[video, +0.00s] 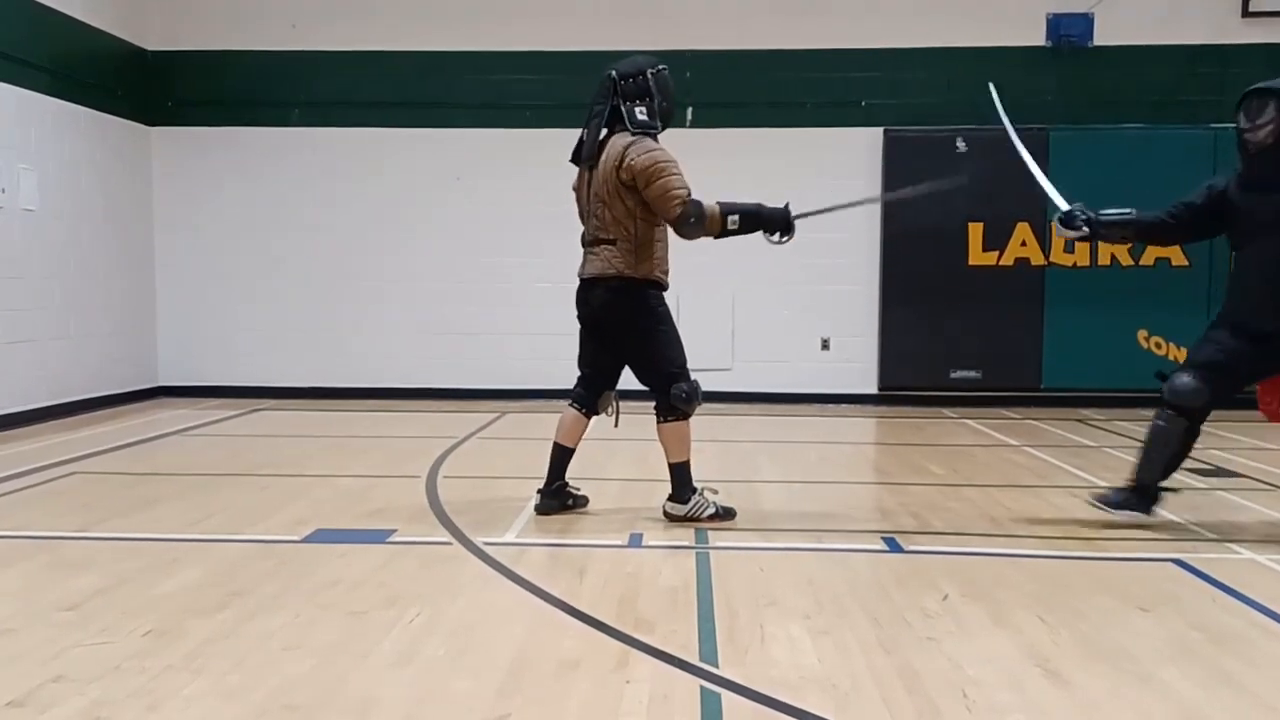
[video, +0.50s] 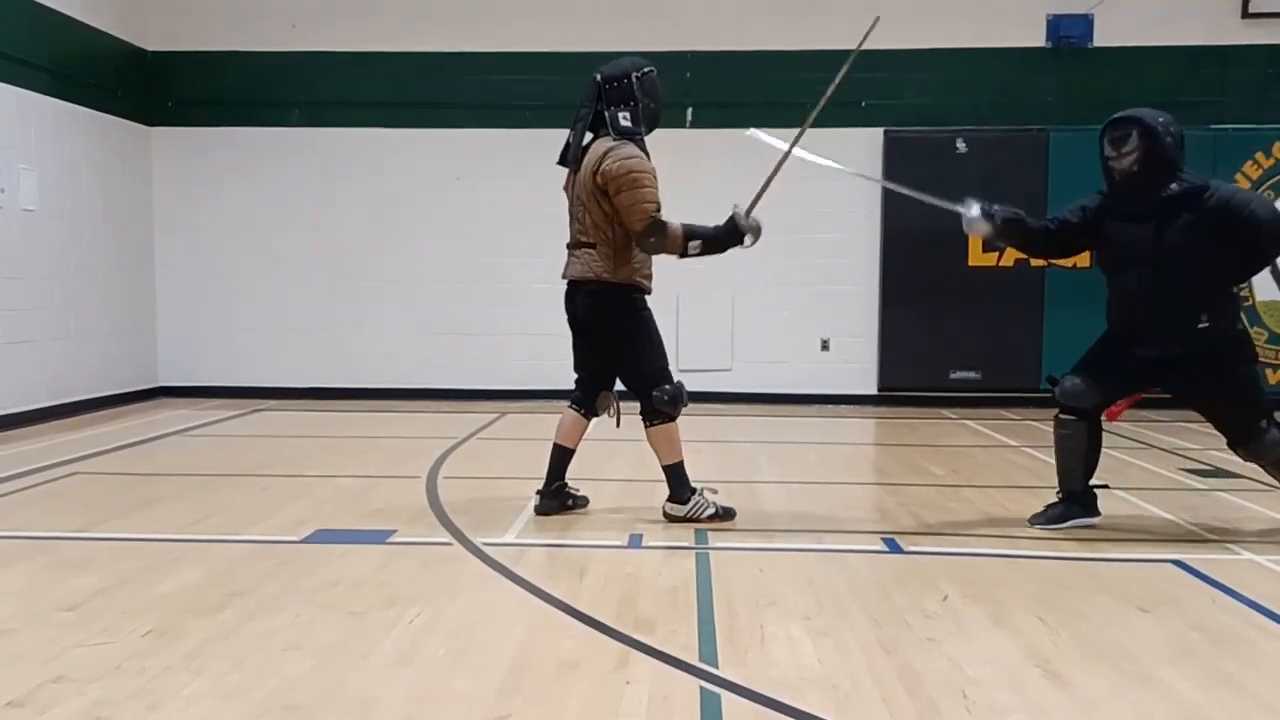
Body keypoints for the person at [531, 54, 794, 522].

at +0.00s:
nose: (667, 104)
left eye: (665, 95)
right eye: (662, 96)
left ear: (617, 101)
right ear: (646, 101)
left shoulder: (595, 151)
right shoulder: (644, 153)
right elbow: (689, 219)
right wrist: (757, 215)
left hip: (596, 290)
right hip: (634, 294)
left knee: (592, 387)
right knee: (675, 391)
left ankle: (553, 487)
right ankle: (683, 496)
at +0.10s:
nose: (667, 103)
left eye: (664, 93)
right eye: (661, 94)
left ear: (617, 101)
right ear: (646, 101)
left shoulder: (595, 151)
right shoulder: (642, 153)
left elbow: (591, 217)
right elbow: (673, 224)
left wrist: (705, 225)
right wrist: (736, 223)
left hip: (594, 291)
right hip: (632, 294)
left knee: (591, 388)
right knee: (674, 392)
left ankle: (553, 487)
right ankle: (683, 496)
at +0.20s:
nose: (664, 103)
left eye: (661, 94)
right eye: (659, 95)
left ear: (613, 101)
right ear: (646, 100)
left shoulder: (592, 151)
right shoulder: (641, 155)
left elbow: (596, 224)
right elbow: (649, 229)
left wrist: (689, 233)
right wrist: (707, 236)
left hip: (590, 292)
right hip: (628, 294)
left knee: (592, 386)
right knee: (671, 392)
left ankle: (553, 487)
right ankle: (683, 495)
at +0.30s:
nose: (661, 107)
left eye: (659, 98)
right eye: (657, 99)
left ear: (611, 102)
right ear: (644, 103)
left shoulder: (594, 150)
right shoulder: (632, 155)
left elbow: (614, 227)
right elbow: (633, 232)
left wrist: (686, 246)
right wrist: (695, 248)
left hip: (587, 292)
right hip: (622, 294)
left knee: (591, 389)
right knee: (669, 392)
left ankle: (553, 488)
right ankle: (682, 495)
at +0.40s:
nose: (659, 105)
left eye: (656, 96)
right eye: (654, 97)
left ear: (611, 102)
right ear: (642, 102)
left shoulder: (594, 151)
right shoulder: (626, 158)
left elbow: (615, 233)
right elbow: (637, 237)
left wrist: (689, 251)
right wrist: (705, 250)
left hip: (585, 294)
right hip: (618, 295)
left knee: (592, 389)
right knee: (663, 392)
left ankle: (552, 488)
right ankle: (682, 496)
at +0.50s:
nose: (656, 105)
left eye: (654, 95)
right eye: (651, 96)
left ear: (608, 102)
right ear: (634, 101)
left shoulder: (591, 153)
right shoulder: (626, 158)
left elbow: (636, 235)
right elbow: (651, 233)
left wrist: (708, 243)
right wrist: (714, 235)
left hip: (585, 293)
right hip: (616, 296)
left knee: (590, 391)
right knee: (658, 396)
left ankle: (552, 488)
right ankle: (682, 495)